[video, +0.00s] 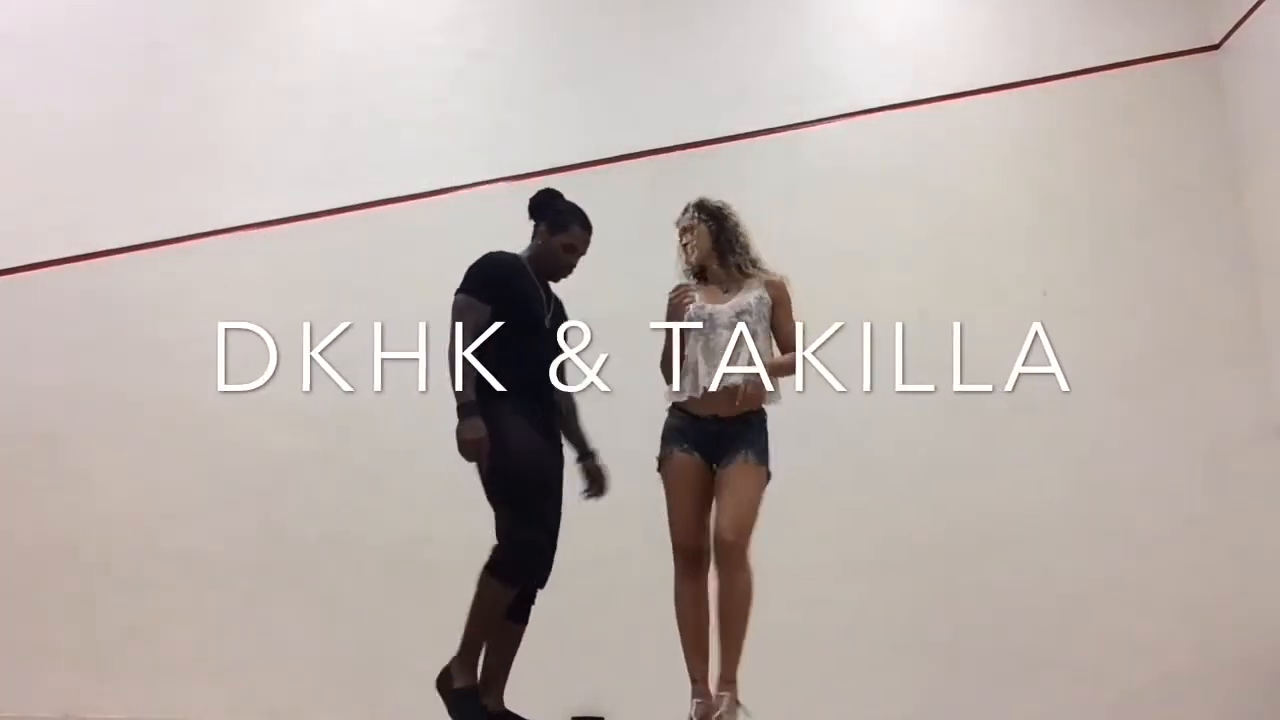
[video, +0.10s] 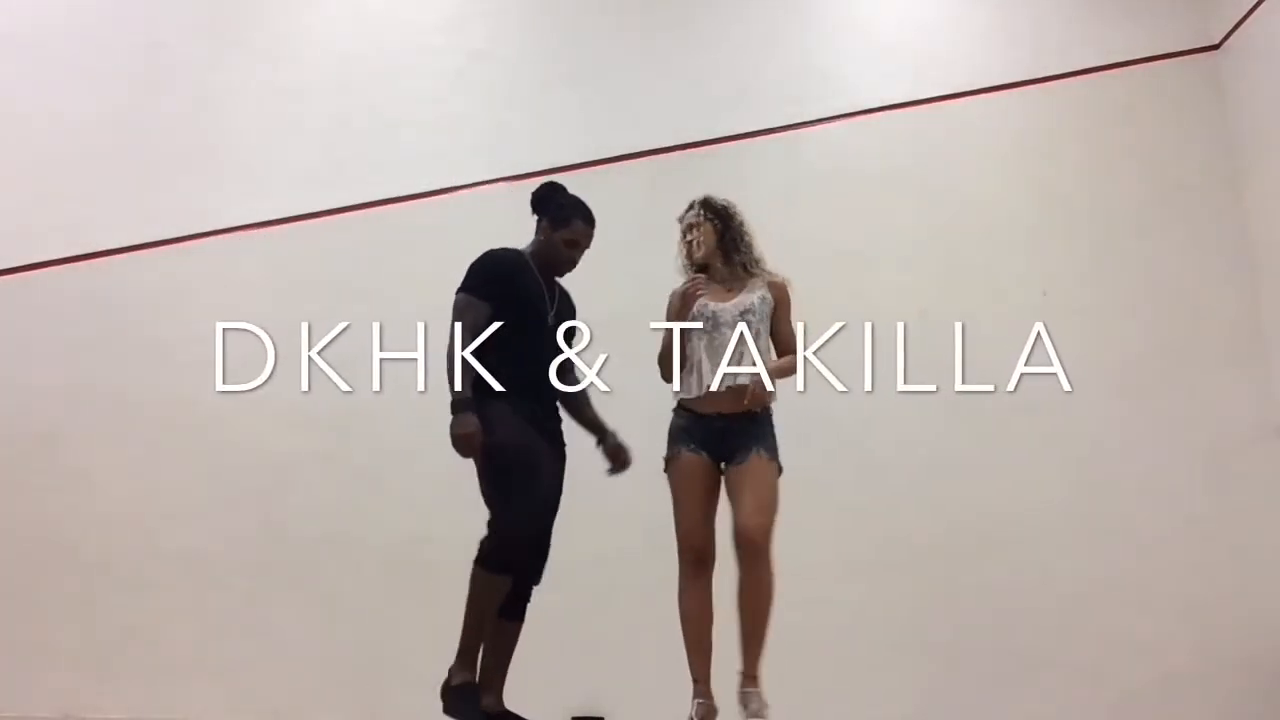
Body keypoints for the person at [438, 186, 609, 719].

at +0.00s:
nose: (575, 261)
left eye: (581, 253)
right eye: (570, 249)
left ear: (575, 248)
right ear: (541, 233)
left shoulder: (553, 308)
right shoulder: (498, 269)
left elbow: (557, 387)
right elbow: (460, 341)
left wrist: (585, 453)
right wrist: (467, 413)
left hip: (541, 439)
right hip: (503, 431)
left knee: (533, 563)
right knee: (519, 546)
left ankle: (491, 696)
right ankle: (461, 671)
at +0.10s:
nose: (577, 257)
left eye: (583, 248)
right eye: (572, 243)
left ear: (581, 244)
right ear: (542, 228)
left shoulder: (561, 302)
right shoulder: (500, 266)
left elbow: (564, 379)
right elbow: (460, 337)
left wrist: (603, 433)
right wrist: (462, 408)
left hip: (545, 434)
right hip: (498, 425)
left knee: (529, 558)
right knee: (511, 533)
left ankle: (492, 695)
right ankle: (462, 673)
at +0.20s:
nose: (579, 251)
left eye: (584, 241)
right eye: (572, 238)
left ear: (582, 236)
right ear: (542, 224)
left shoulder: (569, 297)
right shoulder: (498, 264)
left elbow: (569, 371)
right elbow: (456, 339)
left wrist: (612, 418)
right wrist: (454, 407)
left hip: (545, 438)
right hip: (495, 428)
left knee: (521, 563)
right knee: (490, 550)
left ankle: (491, 697)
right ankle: (464, 691)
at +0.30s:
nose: (578, 246)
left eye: (583, 236)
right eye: (571, 233)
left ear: (581, 231)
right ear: (540, 220)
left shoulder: (570, 289)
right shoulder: (492, 264)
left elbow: (572, 367)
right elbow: (452, 343)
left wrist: (613, 415)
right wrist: (447, 415)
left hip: (544, 441)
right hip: (487, 432)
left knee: (519, 568)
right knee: (477, 560)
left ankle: (491, 699)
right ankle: (463, 697)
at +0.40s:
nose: (577, 235)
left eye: (581, 225)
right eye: (570, 223)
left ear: (573, 220)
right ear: (536, 212)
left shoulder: (569, 279)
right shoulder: (486, 258)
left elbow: (573, 361)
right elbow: (449, 343)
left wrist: (605, 421)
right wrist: (439, 420)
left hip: (543, 435)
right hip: (487, 430)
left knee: (521, 568)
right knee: (477, 561)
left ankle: (491, 700)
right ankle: (467, 699)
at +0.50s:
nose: (573, 221)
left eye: (577, 210)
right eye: (565, 209)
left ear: (565, 208)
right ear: (528, 201)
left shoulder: (564, 269)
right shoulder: (479, 251)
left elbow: (566, 356)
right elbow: (445, 341)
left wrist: (588, 425)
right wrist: (433, 421)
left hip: (544, 432)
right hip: (487, 427)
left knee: (527, 563)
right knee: (482, 556)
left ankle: (495, 696)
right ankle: (469, 699)